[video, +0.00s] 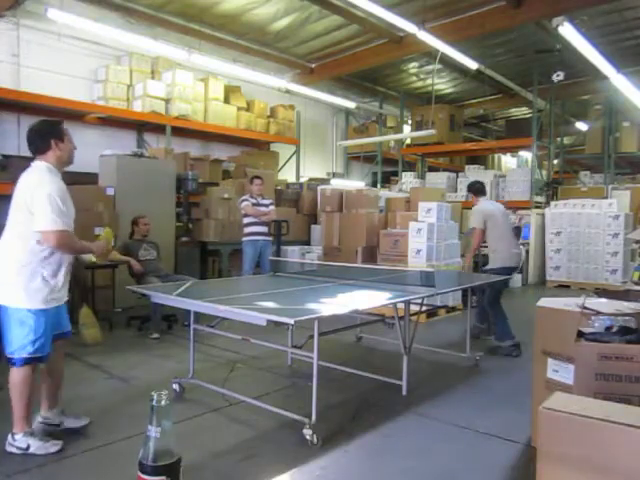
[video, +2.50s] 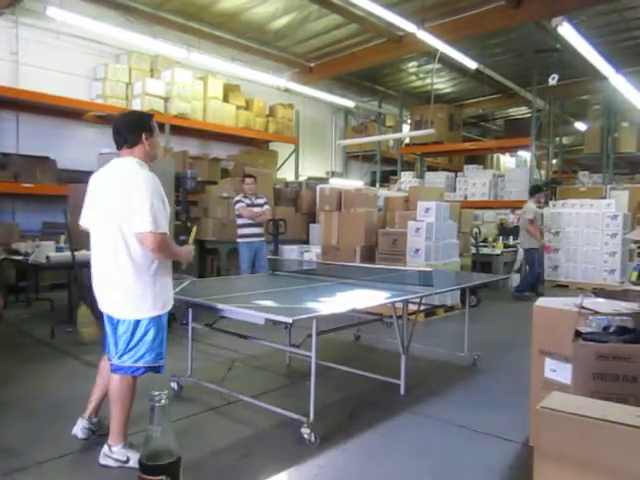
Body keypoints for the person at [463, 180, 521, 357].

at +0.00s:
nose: (470, 200)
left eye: (470, 197)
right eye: (470, 197)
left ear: (472, 196)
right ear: (485, 193)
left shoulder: (479, 210)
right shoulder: (499, 206)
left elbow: (477, 238)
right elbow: (505, 232)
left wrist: (468, 259)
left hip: (500, 261)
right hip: (514, 259)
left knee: (491, 300)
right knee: (483, 289)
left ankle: (508, 342)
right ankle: (482, 325)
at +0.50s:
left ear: (480, 201)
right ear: (494, 201)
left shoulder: (473, 213)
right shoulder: (504, 215)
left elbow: (464, 233)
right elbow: (512, 239)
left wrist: (460, 255)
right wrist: (508, 258)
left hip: (474, 259)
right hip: (495, 260)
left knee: (467, 292)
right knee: (484, 293)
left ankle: (461, 321)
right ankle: (475, 326)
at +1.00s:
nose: (521, 199)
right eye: (521, 197)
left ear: (509, 195)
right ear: (521, 197)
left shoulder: (498, 206)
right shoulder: (523, 207)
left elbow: (488, 222)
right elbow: (527, 223)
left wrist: (487, 237)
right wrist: (528, 240)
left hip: (495, 245)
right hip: (512, 246)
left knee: (494, 275)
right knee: (515, 275)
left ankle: (485, 298)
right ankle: (516, 302)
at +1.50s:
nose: (531, 233)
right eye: (531, 232)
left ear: (522, 229)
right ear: (531, 231)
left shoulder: (513, 234)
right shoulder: (533, 240)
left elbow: (503, 243)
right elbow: (537, 254)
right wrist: (539, 268)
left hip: (509, 259)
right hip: (524, 260)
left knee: (509, 277)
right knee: (527, 277)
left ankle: (510, 294)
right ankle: (526, 294)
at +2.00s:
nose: (548, 216)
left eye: (548, 214)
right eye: (548, 215)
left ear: (538, 211)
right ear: (547, 214)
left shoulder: (527, 218)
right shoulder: (544, 224)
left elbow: (517, 228)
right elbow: (546, 242)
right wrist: (549, 257)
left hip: (515, 247)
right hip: (528, 250)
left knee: (529, 267)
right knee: (537, 268)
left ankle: (525, 287)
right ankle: (530, 288)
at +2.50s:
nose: (542, 198)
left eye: (543, 195)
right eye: (540, 195)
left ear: (535, 195)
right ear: (535, 195)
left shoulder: (534, 208)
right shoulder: (530, 208)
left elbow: (533, 224)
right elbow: (528, 225)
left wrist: (540, 231)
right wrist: (539, 238)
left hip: (536, 243)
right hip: (530, 243)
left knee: (538, 269)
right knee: (534, 270)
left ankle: (534, 288)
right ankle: (519, 290)